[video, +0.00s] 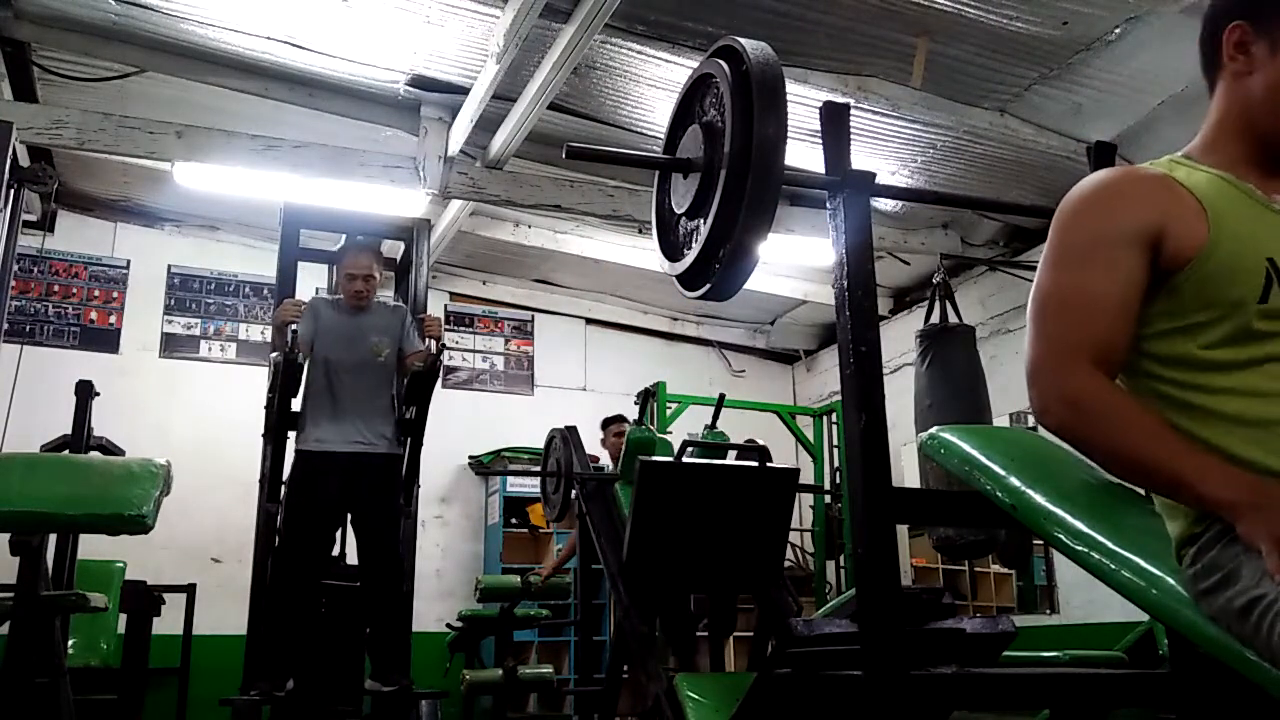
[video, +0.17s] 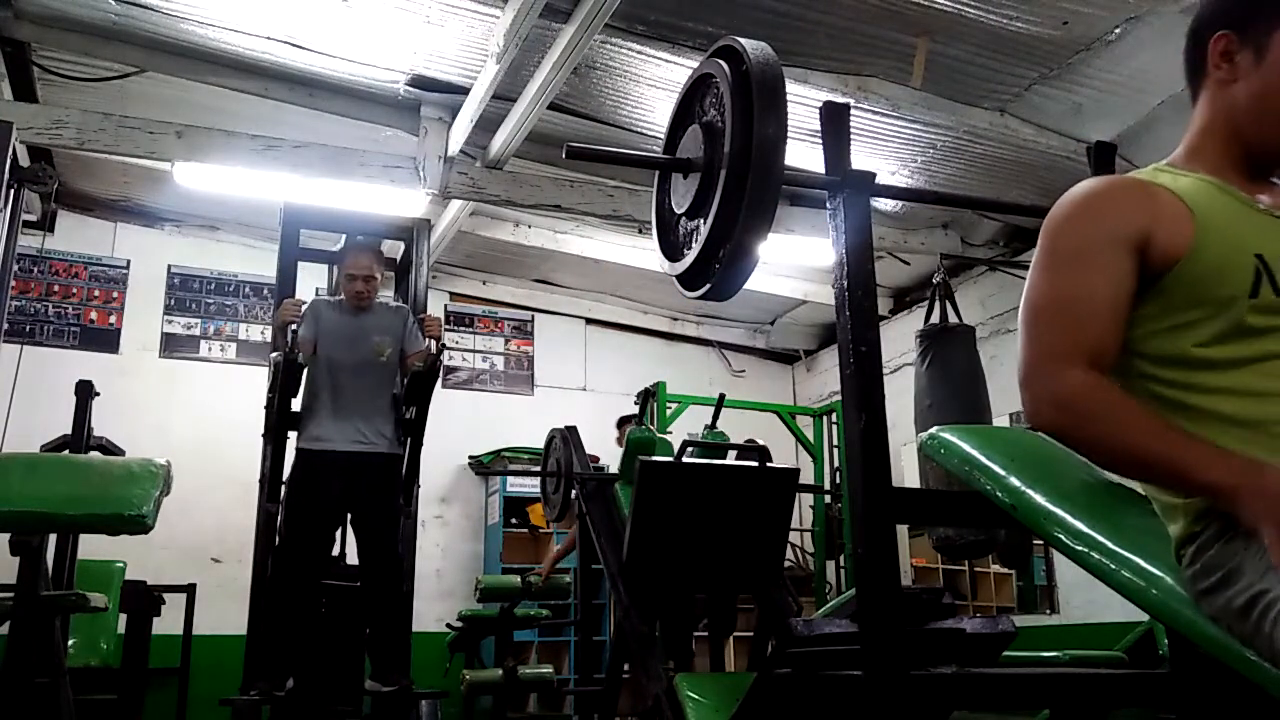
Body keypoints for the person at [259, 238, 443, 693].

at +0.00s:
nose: (359, 286)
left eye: (368, 278)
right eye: (351, 278)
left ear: (380, 278)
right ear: (338, 276)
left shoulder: (397, 315)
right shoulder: (316, 311)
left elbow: (415, 374)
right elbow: (289, 361)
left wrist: (430, 348)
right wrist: (279, 329)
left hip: (377, 456)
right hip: (318, 453)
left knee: (383, 570)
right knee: (296, 565)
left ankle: (386, 672)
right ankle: (279, 672)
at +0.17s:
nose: (361, 286)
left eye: (369, 278)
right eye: (353, 278)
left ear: (382, 279)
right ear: (339, 277)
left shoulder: (400, 316)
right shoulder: (318, 312)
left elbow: (418, 381)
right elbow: (293, 365)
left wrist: (432, 348)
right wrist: (282, 330)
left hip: (378, 456)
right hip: (319, 453)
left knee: (383, 570)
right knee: (296, 564)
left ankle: (386, 671)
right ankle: (282, 671)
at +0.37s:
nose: (356, 289)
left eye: (365, 281)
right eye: (348, 281)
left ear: (378, 281)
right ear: (335, 278)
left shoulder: (394, 320)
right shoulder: (313, 315)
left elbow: (418, 376)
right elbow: (286, 356)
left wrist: (431, 349)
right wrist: (280, 328)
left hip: (378, 458)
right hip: (319, 457)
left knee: (383, 570)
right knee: (301, 566)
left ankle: (386, 671)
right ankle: (285, 672)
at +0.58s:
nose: (345, 294)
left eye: (354, 287)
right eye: (339, 285)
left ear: (375, 282)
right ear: (330, 278)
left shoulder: (395, 317)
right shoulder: (316, 316)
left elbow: (415, 372)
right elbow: (288, 355)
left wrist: (429, 349)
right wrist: (280, 327)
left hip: (376, 456)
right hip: (317, 455)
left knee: (383, 570)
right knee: (297, 565)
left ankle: (386, 671)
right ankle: (281, 672)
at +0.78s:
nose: (342, 296)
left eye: (351, 289)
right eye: (336, 288)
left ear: (373, 283)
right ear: (331, 280)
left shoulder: (399, 316)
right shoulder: (322, 312)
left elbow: (418, 375)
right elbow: (286, 347)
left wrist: (433, 345)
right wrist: (276, 305)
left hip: (376, 456)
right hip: (318, 453)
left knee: (383, 570)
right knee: (297, 564)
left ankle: (387, 672)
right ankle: (278, 672)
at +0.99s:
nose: (343, 295)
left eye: (352, 287)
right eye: (337, 286)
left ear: (375, 282)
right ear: (332, 280)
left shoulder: (401, 317)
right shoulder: (324, 314)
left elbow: (417, 373)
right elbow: (298, 353)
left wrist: (433, 345)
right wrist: (282, 317)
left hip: (377, 455)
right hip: (319, 452)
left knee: (383, 570)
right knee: (296, 565)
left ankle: (388, 672)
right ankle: (276, 672)